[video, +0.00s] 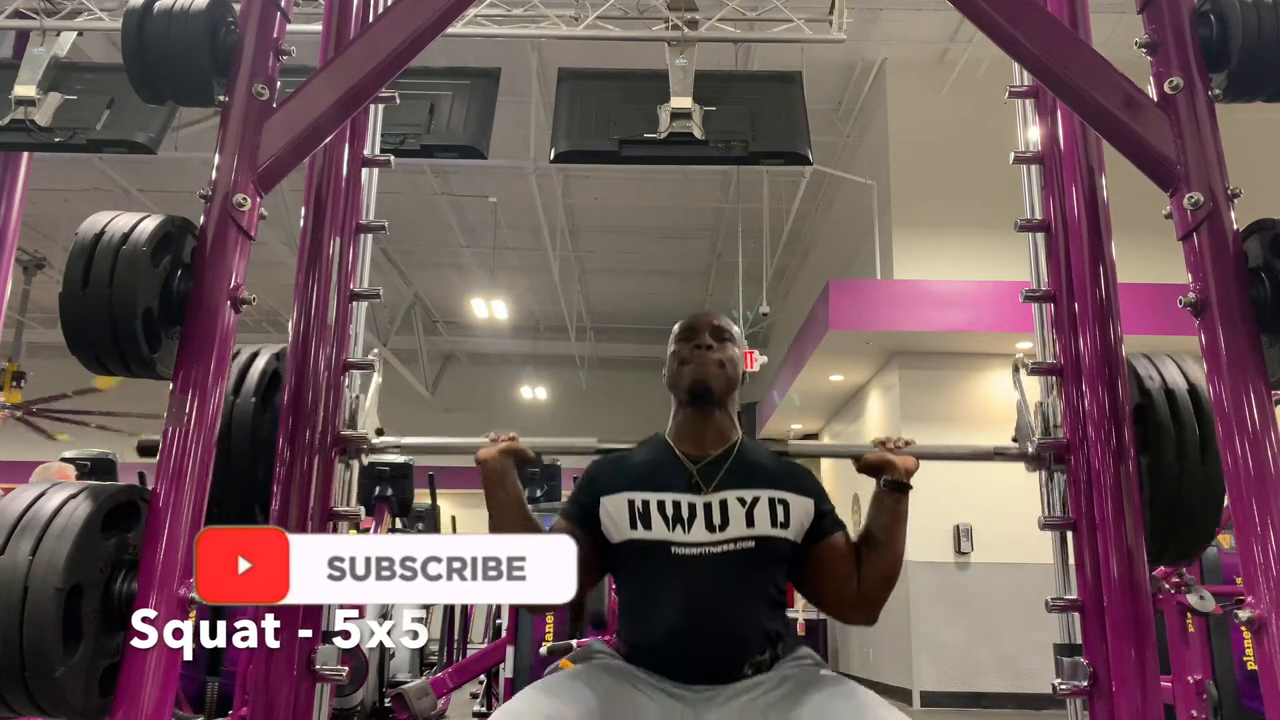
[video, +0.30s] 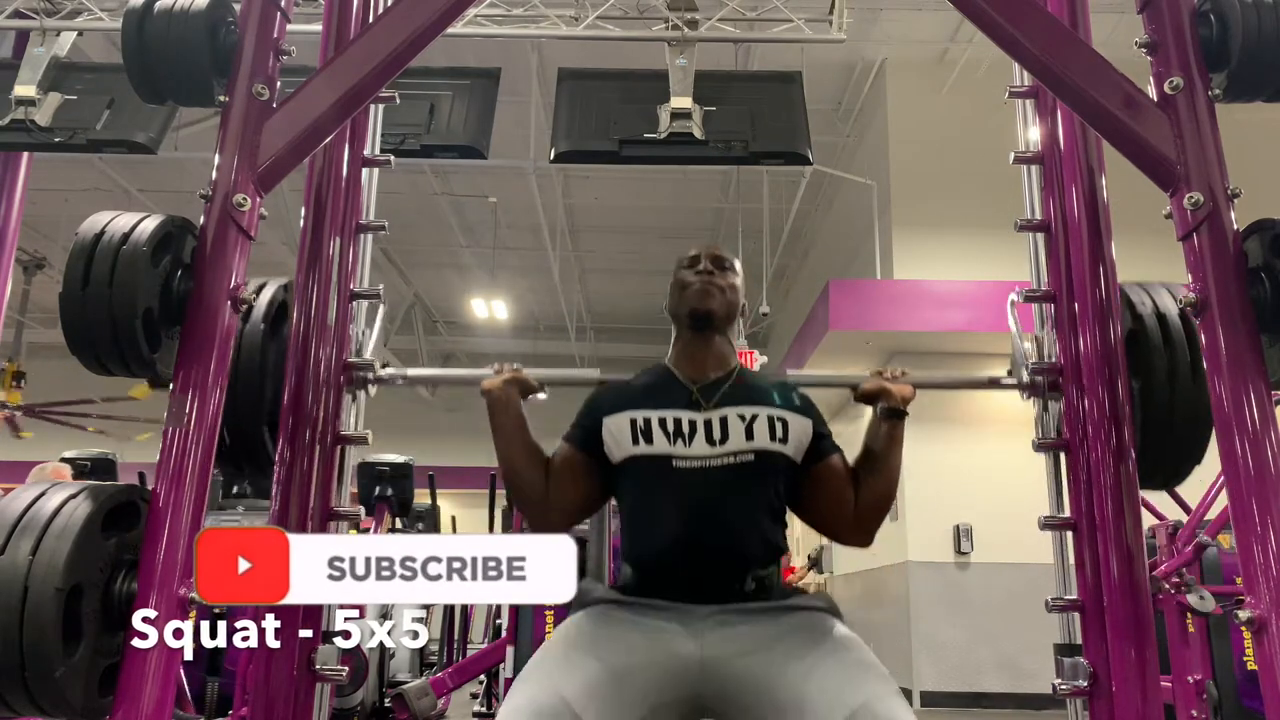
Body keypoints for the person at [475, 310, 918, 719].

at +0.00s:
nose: (703, 348)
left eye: (719, 340)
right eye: (687, 342)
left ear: (742, 371)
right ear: (666, 373)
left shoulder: (788, 481)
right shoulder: (612, 478)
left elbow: (858, 602)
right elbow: (543, 585)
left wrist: (894, 489)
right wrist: (500, 482)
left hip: (769, 683)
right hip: (637, 681)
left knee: (888, 719)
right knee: (513, 719)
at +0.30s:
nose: (707, 270)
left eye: (723, 267)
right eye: (691, 265)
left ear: (743, 310)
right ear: (668, 303)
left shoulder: (785, 405)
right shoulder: (616, 404)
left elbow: (856, 524)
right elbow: (548, 509)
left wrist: (889, 418)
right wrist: (502, 403)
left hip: (770, 624)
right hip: (635, 623)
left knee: (883, 715)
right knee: (527, 714)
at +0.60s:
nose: (706, 186)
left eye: (724, 183)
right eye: (692, 181)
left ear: (744, 218)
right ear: (671, 217)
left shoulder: (791, 319)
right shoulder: (618, 314)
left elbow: (857, 432)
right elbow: (547, 418)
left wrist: (887, 330)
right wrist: (507, 314)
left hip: (774, 547)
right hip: (638, 540)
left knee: (827, 708)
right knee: (588, 705)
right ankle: (675, 707)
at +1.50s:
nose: (707, 252)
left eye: (722, 246)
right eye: (691, 243)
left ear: (741, 279)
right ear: (667, 274)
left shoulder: (787, 383)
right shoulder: (615, 382)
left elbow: (856, 501)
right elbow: (549, 488)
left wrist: (889, 397)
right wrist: (504, 386)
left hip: (767, 615)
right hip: (632, 611)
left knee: (871, 713)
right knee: (532, 712)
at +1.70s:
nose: (703, 345)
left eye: (718, 334)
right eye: (689, 333)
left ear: (742, 354)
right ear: (668, 355)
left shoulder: (788, 463)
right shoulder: (615, 462)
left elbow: (858, 587)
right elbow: (548, 570)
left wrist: (893, 474)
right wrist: (501, 462)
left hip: (768, 677)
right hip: (635, 673)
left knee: (883, 717)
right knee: (518, 716)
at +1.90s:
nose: (699, 429)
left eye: (716, 414)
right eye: (685, 413)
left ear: (742, 425)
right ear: (664, 423)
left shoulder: (789, 531)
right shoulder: (612, 523)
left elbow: (859, 651)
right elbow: (542, 639)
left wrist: (895, 539)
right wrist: (498, 524)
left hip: (758, 707)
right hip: (639, 707)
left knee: (872, 719)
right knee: (519, 716)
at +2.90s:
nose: (698, 353)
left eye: (715, 340)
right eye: (684, 339)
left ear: (741, 355)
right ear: (664, 352)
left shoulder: (787, 457)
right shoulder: (613, 452)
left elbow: (858, 575)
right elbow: (545, 561)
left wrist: (892, 464)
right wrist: (502, 456)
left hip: (768, 666)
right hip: (633, 663)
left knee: (885, 716)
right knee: (520, 714)